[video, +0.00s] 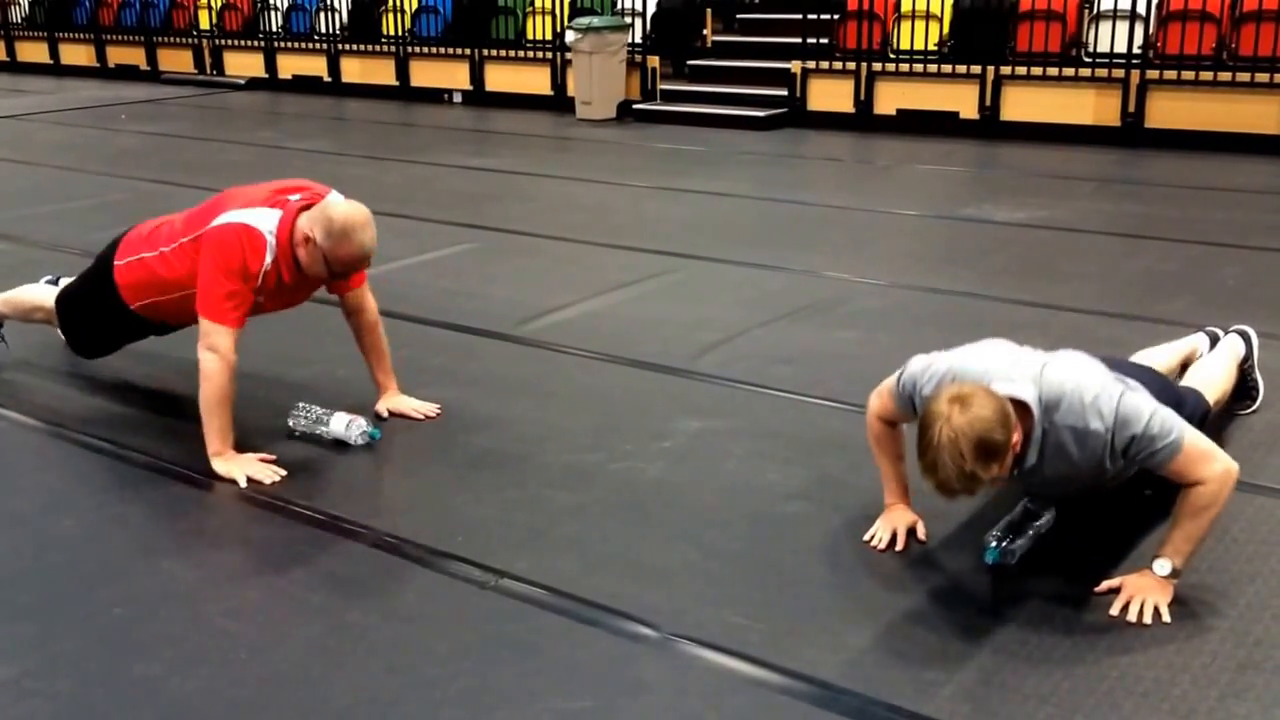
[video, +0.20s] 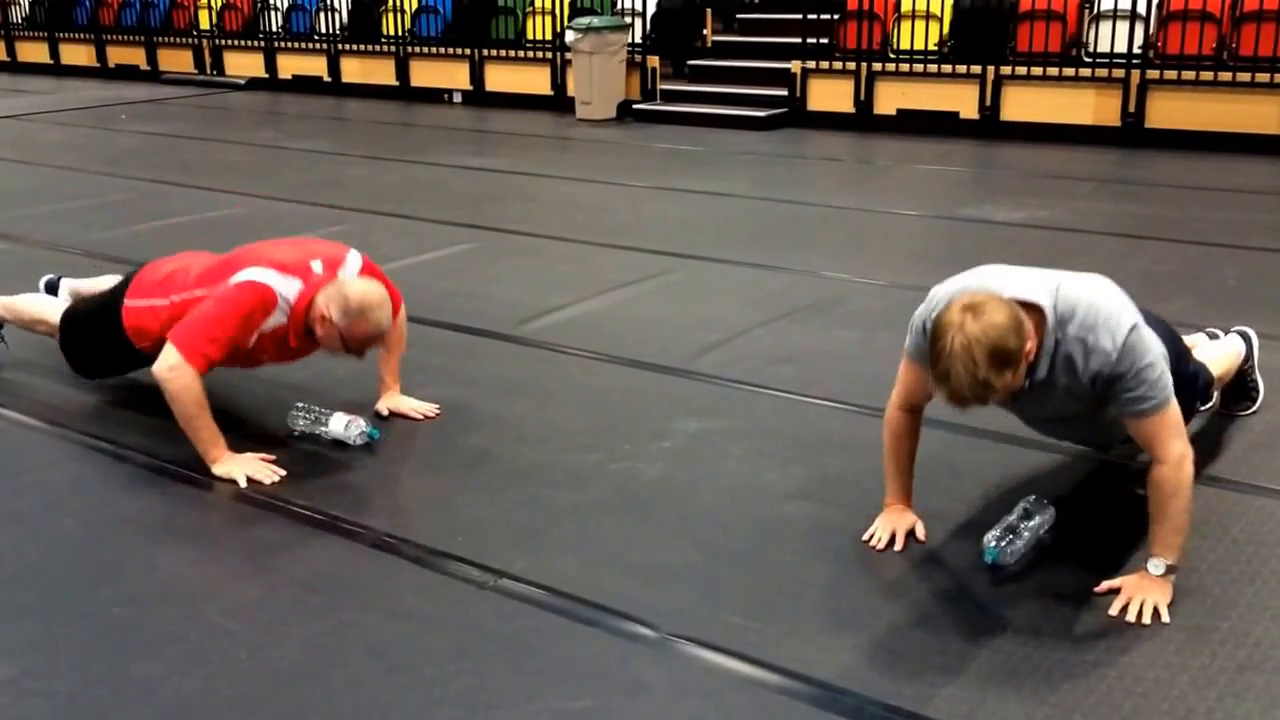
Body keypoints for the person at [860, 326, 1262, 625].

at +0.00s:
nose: (988, 488)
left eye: (991, 478)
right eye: (969, 485)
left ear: (1013, 438)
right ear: (935, 431)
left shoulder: (1105, 413)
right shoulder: (939, 376)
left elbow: (1217, 473)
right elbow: (880, 409)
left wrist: (1162, 572)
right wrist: (896, 502)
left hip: (1142, 405)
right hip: (1088, 379)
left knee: (1194, 398)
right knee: (1135, 373)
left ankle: (1235, 346)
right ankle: (1199, 340)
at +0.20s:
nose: (991, 407)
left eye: (998, 394)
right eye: (977, 401)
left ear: (1027, 345)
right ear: (948, 351)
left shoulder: (1115, 340)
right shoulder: (938, 315)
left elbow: (1173, 457)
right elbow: (905, 407)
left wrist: (1158, 570)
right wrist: (896, 503)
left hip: (1145, 375)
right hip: (1057, 400)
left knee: (1197, 381)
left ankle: (1237, 350)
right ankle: (1206, 347)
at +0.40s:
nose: (971, 435)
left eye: (982, 424)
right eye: (958, 428)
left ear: (1017, 382)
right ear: (937, 377)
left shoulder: (1111, 369)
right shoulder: (928, 344)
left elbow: (1196, 462)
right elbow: (892, 410)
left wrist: (1159, 571)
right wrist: (895, 503)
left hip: (1146, 367)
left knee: (1200, 382)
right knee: (1166, 359)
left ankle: (1240, 345)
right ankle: (1199, 343)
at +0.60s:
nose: (968, 516)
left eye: (974, 506)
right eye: (955, 510)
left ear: (1006, 463)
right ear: (928, 436)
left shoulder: (1093, 429)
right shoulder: (943, 389)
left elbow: (1216, 474)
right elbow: (878, 408)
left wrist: (1159, 572)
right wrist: (893, 502)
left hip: (1131, 412)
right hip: (1062, 387)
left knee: (1192, 400)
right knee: (1127, 384)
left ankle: (1233, 346)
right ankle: (1197, 341)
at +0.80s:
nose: (990, 463)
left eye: (992, 452)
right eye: (974, 459)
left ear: (1014, 412)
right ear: (941, 417)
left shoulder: (1104, 394)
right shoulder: (930, 361)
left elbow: (1208, 469)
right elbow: (883, 410)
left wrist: (1158, 571)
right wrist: (894, 504)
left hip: (1136, 388)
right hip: (1084, 365)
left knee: (1195, 390)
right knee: (1139, 363)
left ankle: (1234, 345)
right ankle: (1198, 340)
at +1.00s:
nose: (984, 395)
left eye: (994, 383)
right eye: (970, 386)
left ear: (1026, 340)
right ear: (946, 349)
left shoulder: (1115, 338)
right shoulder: (939, 317)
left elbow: (1164, 455)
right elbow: (906, 408)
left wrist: (1155, 569)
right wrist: (895, 504)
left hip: (1145, 376)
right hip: (1059, 399)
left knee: (1195, 379)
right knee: (1114, 425)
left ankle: (1234, 349)